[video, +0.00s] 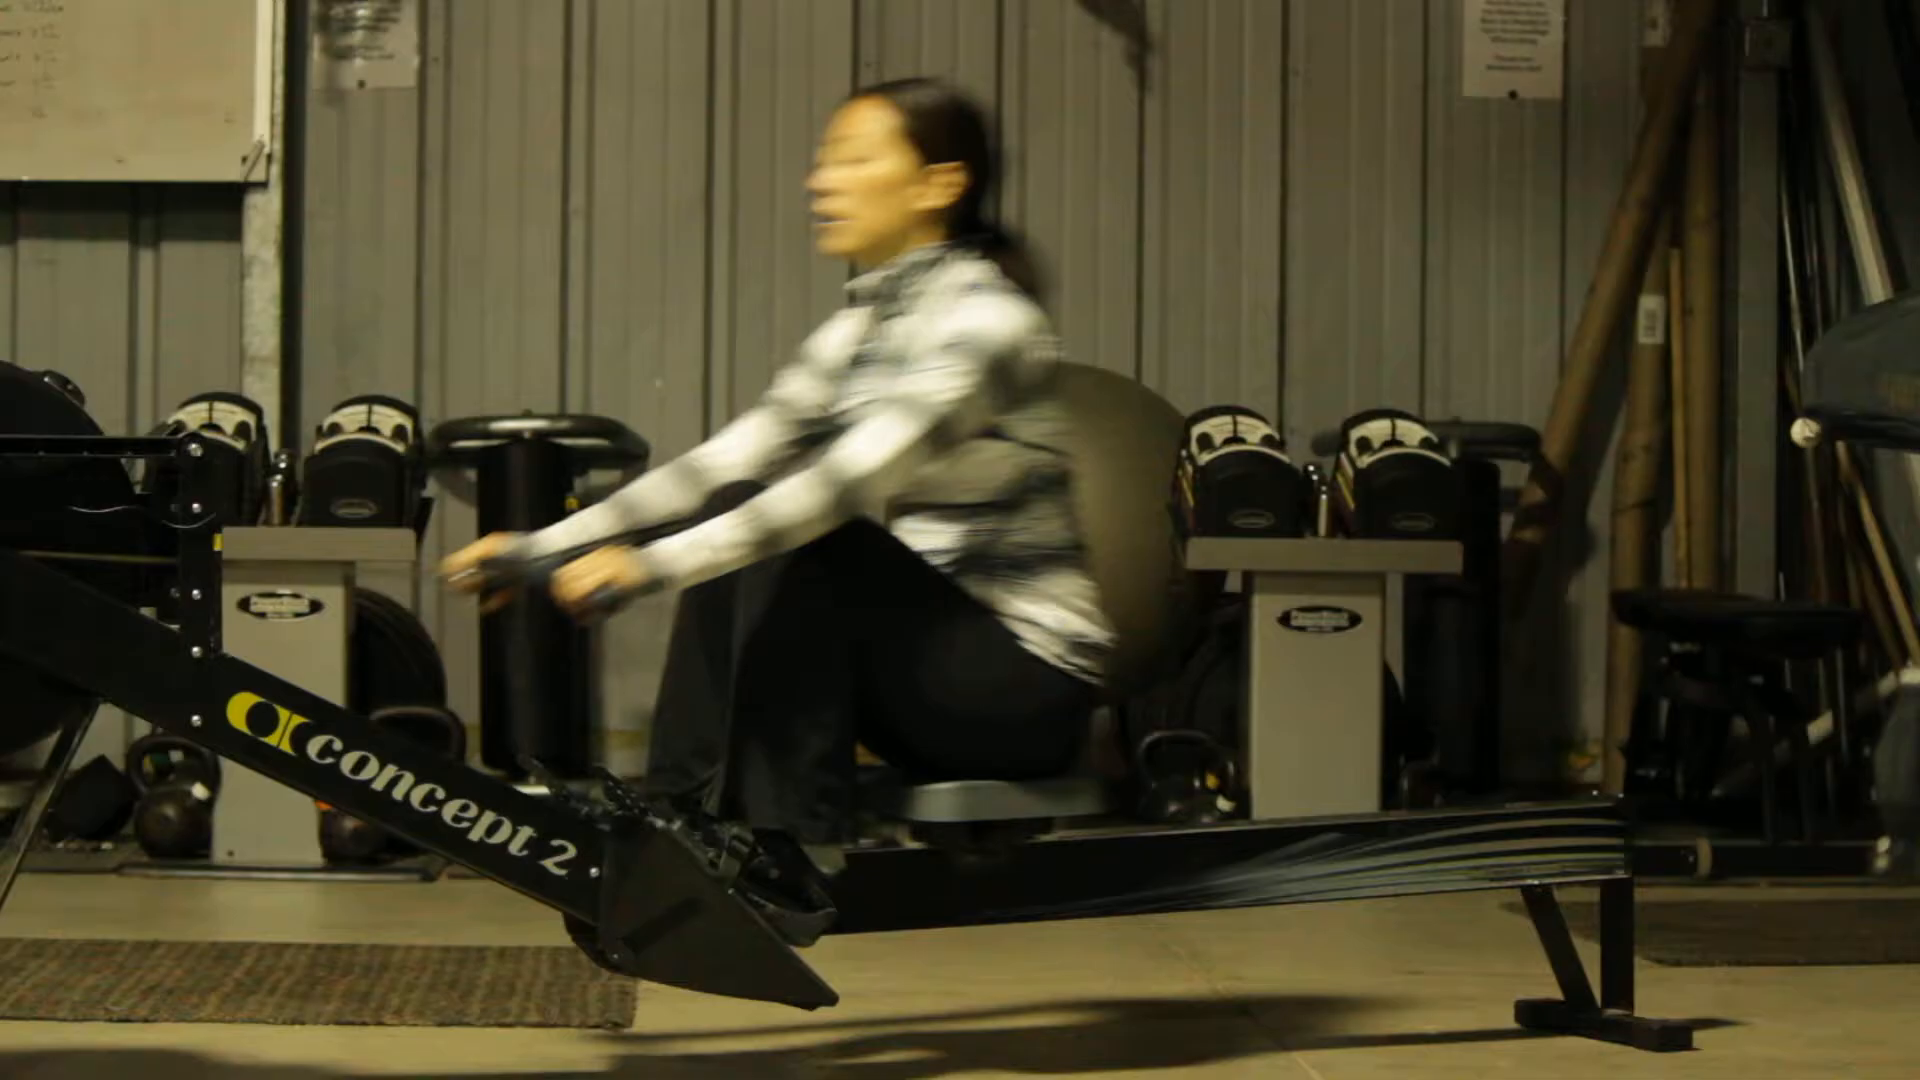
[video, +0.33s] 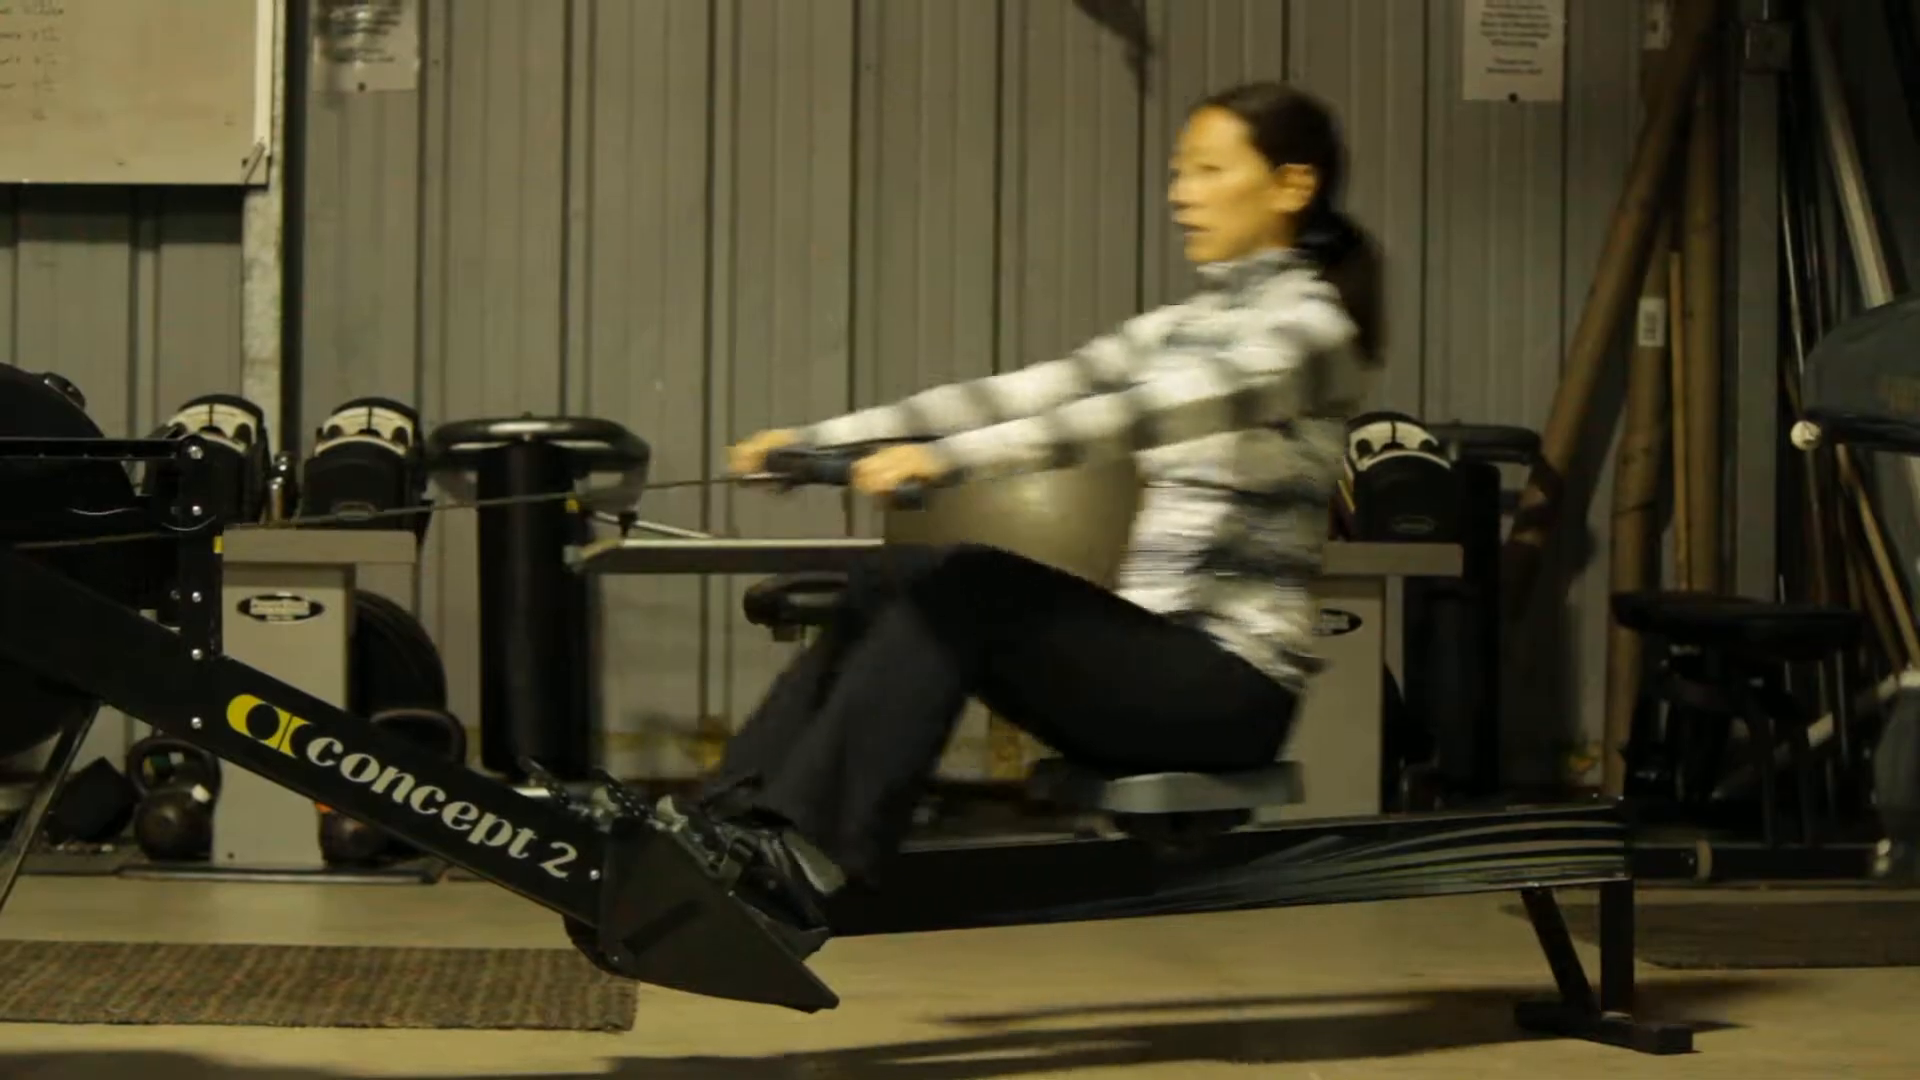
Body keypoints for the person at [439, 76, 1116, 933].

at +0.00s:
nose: (818, 181)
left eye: (850, 157)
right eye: (824, 159)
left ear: (941, 184)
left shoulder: (983, 317)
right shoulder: (866, 319)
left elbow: (838, 486)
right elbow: (736, 456)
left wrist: (651, 563)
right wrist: (543, 546)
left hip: (1028, 688)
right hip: (942, 673)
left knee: (820, 553)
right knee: (735, 546)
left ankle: (781, 853)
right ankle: (679, 823)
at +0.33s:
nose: (1181, 195)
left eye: (1208, 172)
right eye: (1181, 174)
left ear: (1294, 187)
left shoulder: (1304, 321)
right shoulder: (1190, 319)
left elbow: (1133, 411)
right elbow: (1029, 393)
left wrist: (952, 458)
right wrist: (818, 444)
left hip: (1232, 687)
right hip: (1158, 669)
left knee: (955, 587)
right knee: (891, 587)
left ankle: (810, 859)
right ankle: (725, 822)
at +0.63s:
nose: (1381, 245)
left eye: (1403, 224)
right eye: (1378, 226)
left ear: (1483, 229)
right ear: (1388, 237)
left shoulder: (1500, 354)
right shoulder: (1377, 359)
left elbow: (1430, 484)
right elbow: (1257, 465)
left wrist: (1226, 477)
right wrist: (1076, 475)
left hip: (1366, 674)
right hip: (1277, 652)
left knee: (1050, 685)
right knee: (994, 673)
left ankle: (811, 878)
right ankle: (738, 846)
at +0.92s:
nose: (1416, 285)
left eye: (1436, 258)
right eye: (1413, 261)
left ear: (1516, 258)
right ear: (1454, 266)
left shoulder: (1558, 385)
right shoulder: (1437, 388)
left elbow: (1620, 585)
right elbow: (1407, 535)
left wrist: (1470, 520)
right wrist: (1303, 513)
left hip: (1390, 672)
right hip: (1300, 651)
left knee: (1100, 737)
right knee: (1032, 718)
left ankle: (808, 894)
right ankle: (762, 847)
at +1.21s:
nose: (1253, 233)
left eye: (1273, 206)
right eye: (1250, 210)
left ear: (1361, 208)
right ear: (1333, 212)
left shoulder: (1421, 339)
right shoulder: (1291, 341)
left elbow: (1429, 539)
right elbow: (1244, 504)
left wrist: (1241, 529)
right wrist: (1092, 513)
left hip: (1362, 672)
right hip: (1259, 652)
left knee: (1057, 679)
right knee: (1010, 665)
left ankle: (824, 882)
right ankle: (777, 840)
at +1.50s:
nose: (936, 223)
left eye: (963, 196)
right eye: (936, 200)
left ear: (1055, 202)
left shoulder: (1105, 340)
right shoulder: (979, 344)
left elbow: (984, 525)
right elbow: (840, 484)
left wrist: (798, 636)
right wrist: (651, 591)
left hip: (1171, 689)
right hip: (1071, 673)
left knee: (924, 613)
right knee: (829, 581)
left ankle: (842, 873)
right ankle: (743, 833)